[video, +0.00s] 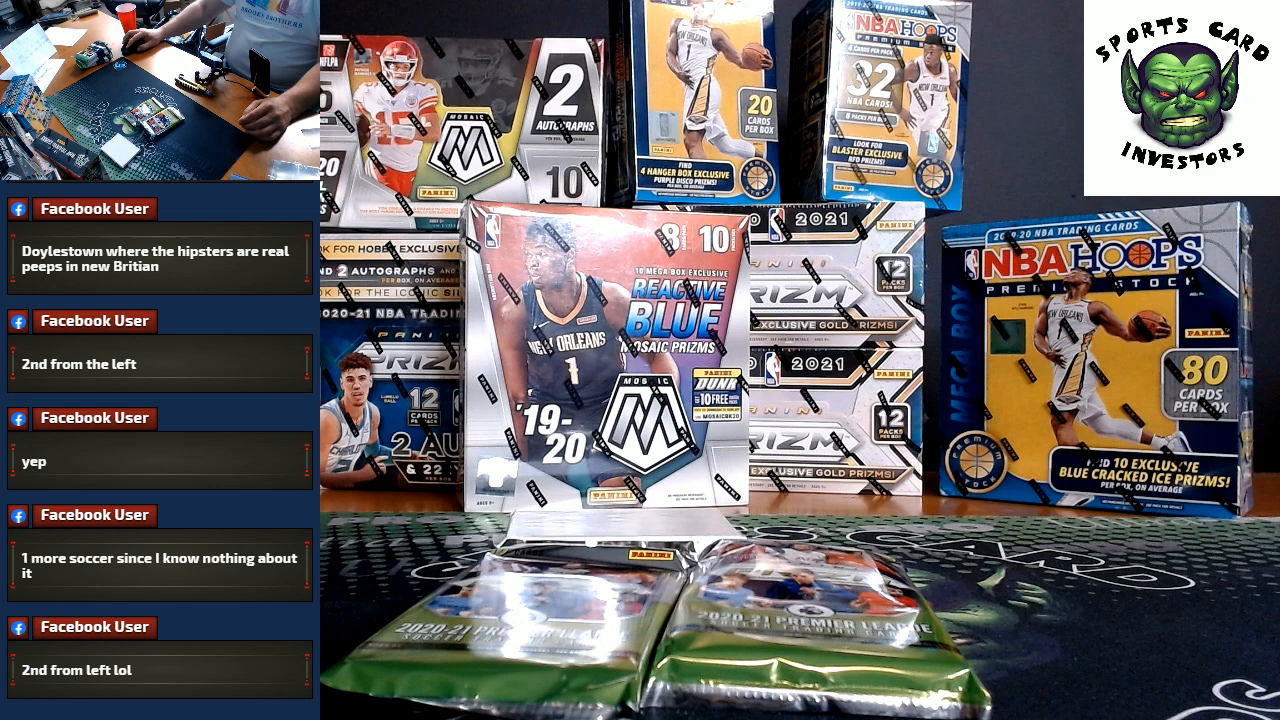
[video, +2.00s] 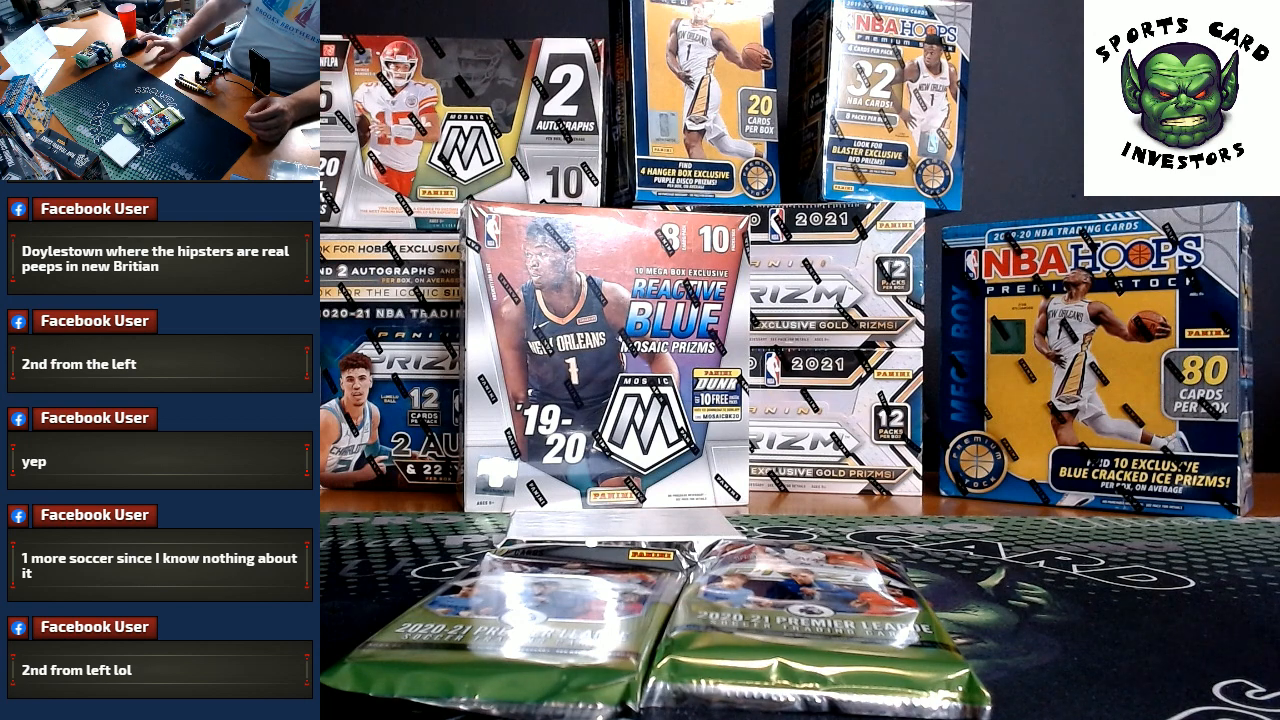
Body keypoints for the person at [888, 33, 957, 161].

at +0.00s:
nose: (928, 52)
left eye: (933, 49)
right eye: (926, 47)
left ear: (941, 52)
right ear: (923, 49)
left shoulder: (949, 71)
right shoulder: (913, 69)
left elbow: (956, 94)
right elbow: (886, 83)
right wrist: (900, 111)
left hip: (940, 117)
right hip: (918, 119)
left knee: (940, 155)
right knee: (923, 155)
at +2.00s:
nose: (928, 52)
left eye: (933, 49)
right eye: (926, 48)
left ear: (941, 52)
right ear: (923, 49)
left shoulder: (949, 71)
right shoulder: (913, 69)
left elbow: (955, 93)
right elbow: (886, 83)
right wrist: (900, 111)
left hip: (940, 117)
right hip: (918, 119)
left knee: (940, 154)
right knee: (923, 155)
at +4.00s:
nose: (928, 52)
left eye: (933, 49)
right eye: (926, 47)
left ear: (941, 51)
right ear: (923, 49)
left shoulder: (950, 70)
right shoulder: (913, 69)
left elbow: (955, 93)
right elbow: (886, 83)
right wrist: (900, 111)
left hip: (940, 116)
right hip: (918, 118)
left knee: (940, 153)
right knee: (923, 154)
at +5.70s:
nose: (928, 55)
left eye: (932, 52)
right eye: (926, 51)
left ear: (941, 52)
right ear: (923, 50)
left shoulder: (949, 70)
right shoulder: (913, 68)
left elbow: (955, 92)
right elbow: (888, 83)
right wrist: (900, 111)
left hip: (940, 117)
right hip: (918, 118)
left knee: (940, 153)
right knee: (924, 153)